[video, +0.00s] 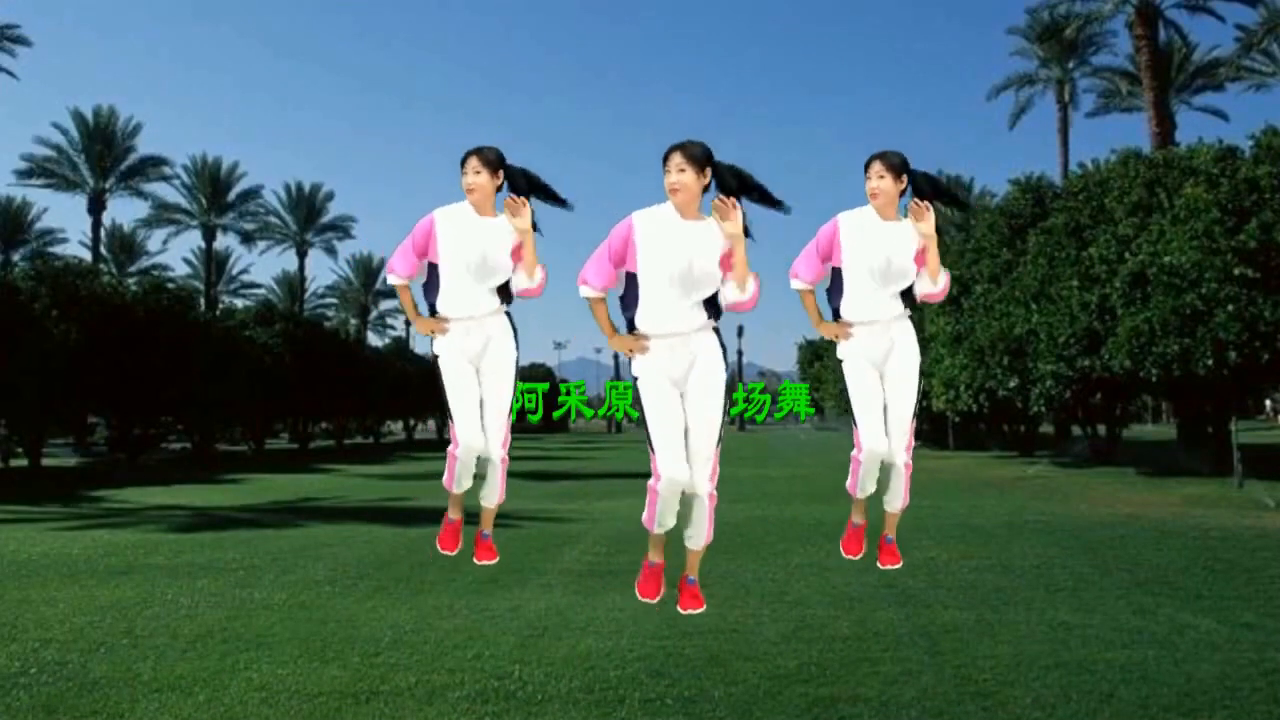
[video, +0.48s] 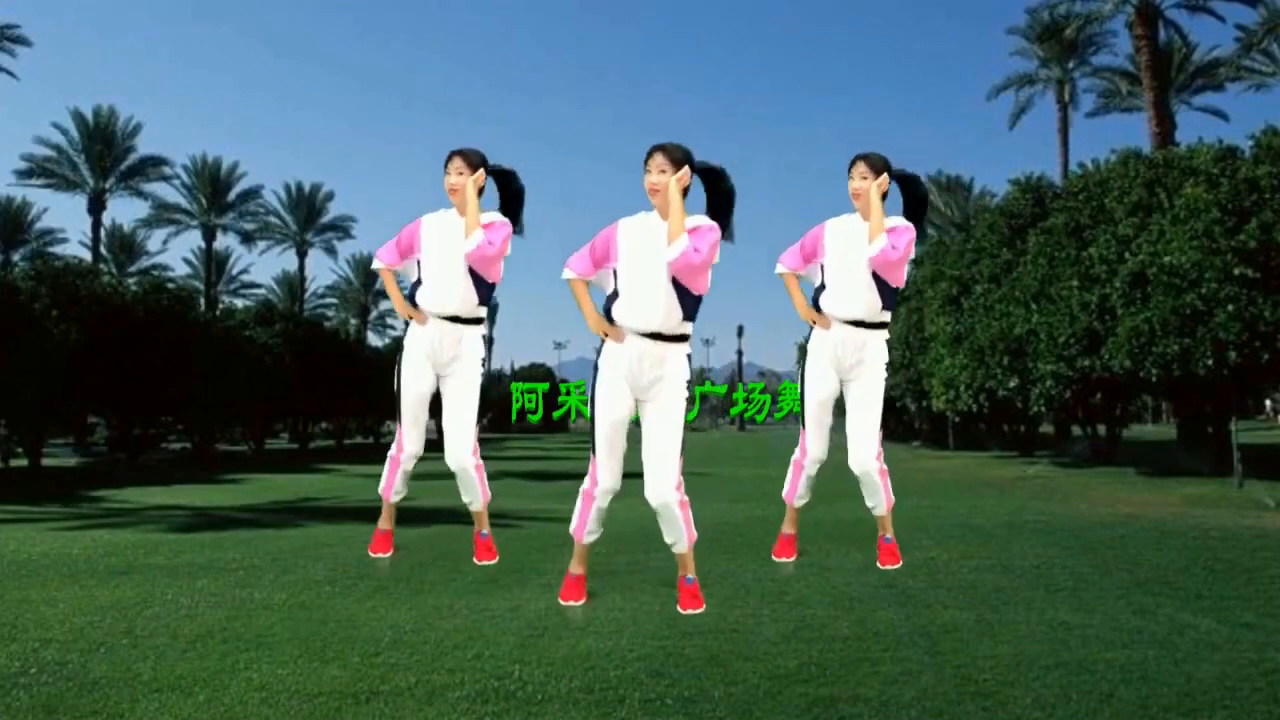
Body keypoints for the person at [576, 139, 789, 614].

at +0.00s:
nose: (673, 177)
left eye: (682, 170)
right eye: (668, 170)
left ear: (704, 177)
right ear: (662, 178)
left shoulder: (720, 231)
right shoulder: (638, 225)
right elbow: (592, 281)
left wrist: (737, 238)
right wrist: (613, 335)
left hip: (703, 352)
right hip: (652, 353)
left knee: (702, 473)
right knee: (672, 472)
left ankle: (691, 578)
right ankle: (654, 557)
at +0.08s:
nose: (674, 180)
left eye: (684, 173)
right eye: (670, 172)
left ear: (707, 181)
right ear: (664, 181)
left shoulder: (718, 240)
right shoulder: (640, 224)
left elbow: (712, 305)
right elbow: (592, 280)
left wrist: (723, 240)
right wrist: (612, 336)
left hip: (702, 352)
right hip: (651, 353)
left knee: (704, 474)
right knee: (675, 473)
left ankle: (691, 577)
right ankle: (658, 542)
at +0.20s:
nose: (668, 156)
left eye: (678, 148)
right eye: (665, 149)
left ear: (703, 158)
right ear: (661, 158)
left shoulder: (718, 213)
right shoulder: (636, 205)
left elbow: (707, 257)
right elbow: (588, 255)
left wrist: (701, 192)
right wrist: (605, 311)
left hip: (692, 336)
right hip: (641, 335)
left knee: (693, 461)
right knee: (646, 457)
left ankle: (693, 574)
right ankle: (636, 536)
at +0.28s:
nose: (664, 150)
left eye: (674, 142)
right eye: (661, 142)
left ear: (698, 150)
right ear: (657, 150)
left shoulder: (717, 202)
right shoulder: (633, 199)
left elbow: (704, 238)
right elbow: (584, 245)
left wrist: (693, 174)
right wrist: (602, 299)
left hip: (686, 328)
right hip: (635, 328)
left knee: (687, 456)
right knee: (631, 454)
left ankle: (692, 571)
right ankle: (614, 544)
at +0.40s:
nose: (657, 164)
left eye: (666, 156)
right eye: (653, 156)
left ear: (688, 163)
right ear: (646, 163)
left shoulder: (708, 211)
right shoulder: (628, 211)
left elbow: (687, 250)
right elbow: (577, 253)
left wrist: (680, 188)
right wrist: (596, 303)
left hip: (675, 341)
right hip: (626, 336)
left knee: (672, 473)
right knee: (610, 462)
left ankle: (690, 574)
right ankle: (578, 563)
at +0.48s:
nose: (652, 179)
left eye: (661, 172)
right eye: (648, 171)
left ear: (683, 179)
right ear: (643, 179)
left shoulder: (704, 231)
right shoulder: (623, 229)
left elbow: (687, 269)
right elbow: (576, 270)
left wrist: (674, 208)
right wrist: (596, 322)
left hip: (670, 362)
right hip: (619, 355)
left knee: (663, 489)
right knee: (605, 478)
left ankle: (688, 575)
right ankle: (577, 568)